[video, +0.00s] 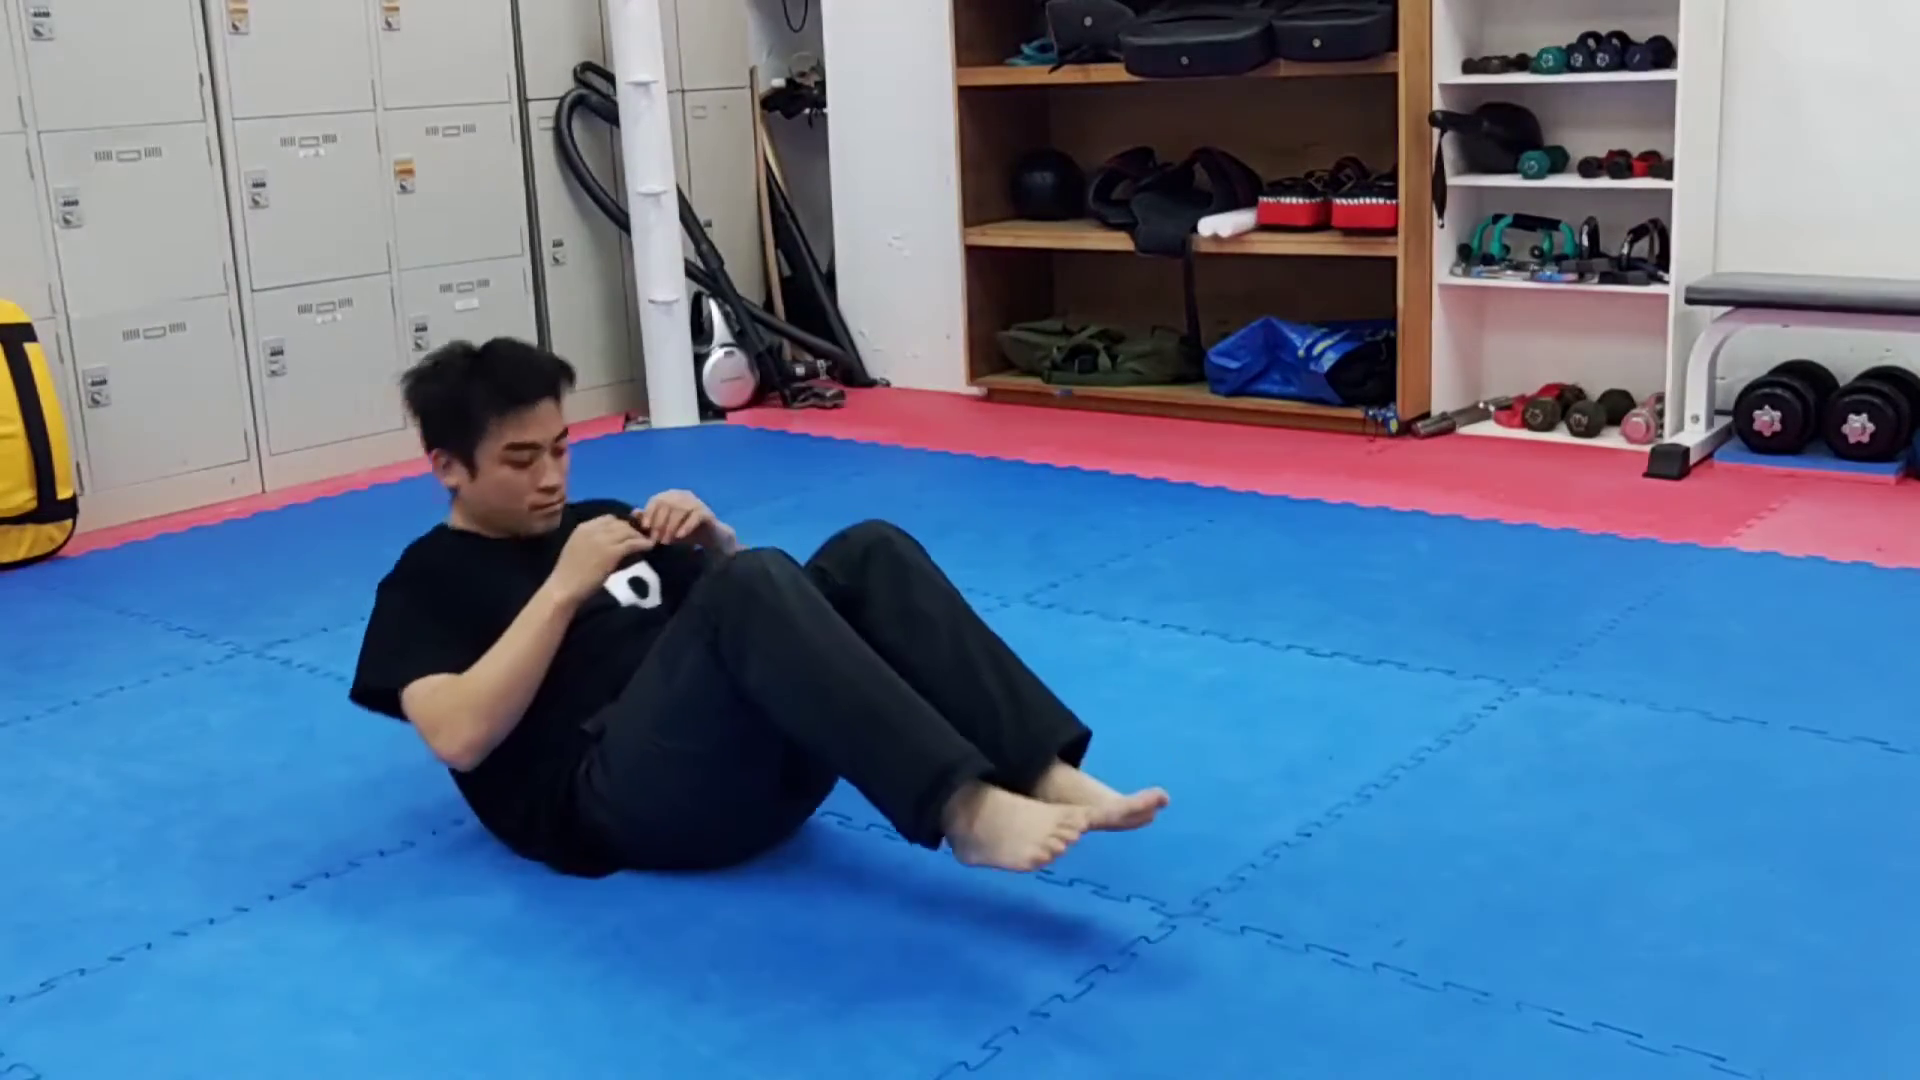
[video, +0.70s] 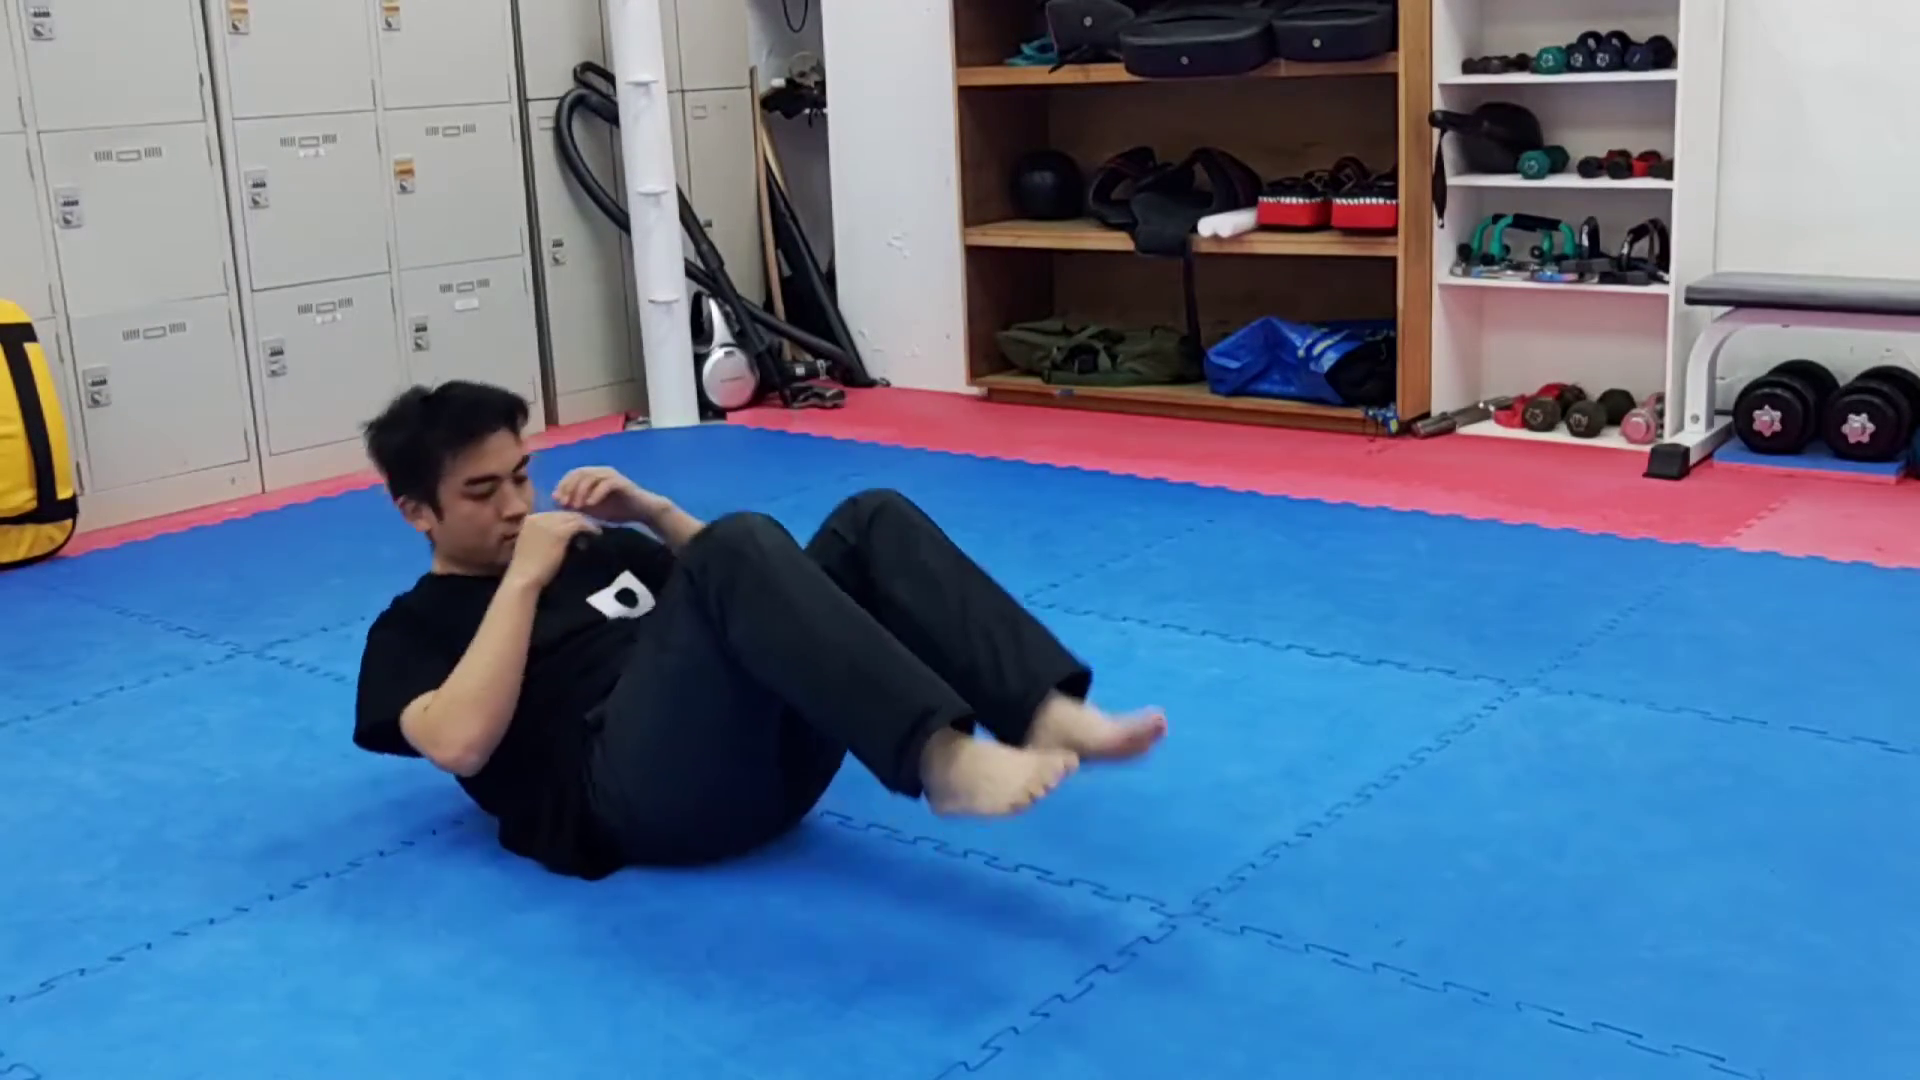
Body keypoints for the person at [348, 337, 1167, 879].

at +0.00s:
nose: (552, 476)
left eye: (557, 450)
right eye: (522, 459)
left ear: (566, 441)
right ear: (451, 470)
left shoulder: (608, 521)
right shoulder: (422, 587)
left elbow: (743, 605)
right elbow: (455, 733)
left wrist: (718, 548)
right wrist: (566, 584)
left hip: (760, 763)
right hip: (638, 807)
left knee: (868, 551)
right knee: (746, 578)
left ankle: (1041, 773)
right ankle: (960, 805)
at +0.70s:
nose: (514, 501)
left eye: (518, 476)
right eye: (482, 491)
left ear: (530, 466)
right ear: (420, 511)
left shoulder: (597, 544)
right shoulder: (414, 629)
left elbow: (738, 585)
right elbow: (454, 741)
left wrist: (649, 512)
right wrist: (521, 582)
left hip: (768, 759)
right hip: (647, 803)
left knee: (870, 522)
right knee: (733, 542)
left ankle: (1047, 712)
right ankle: (937, 758)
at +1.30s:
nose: (460, 552)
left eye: (465, 535)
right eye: (429, 540)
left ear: (489, 558)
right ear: (383, 590)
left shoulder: (537, 634)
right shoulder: (375, 677)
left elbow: (639, 637)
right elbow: (403, 699)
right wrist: (457, 581)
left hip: (739, 710)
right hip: (635, 768)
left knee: (723, 435)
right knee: (566, 476)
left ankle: (941, 521)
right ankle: (796, 613)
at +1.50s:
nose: (504, 501)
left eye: (513, 479)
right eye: (474, 491)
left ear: (531, 489)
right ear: (428, 522)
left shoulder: (590, 578)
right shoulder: (414, 632)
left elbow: (694, 580)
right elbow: (421, 733)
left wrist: (594, 533)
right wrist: (485, 580)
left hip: (766, 746)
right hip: (647, 783)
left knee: (847, 482)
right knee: (698, 487)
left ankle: (1011, 651)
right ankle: (875, 698)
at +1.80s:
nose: (491, 522)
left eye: (487, 491)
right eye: (457, 525)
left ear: (508, 471)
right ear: (429, 555)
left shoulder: (614, 507)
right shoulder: (459, 661)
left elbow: (722, 540)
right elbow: (482, 803)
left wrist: (560, 547)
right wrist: (468, 646)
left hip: (810, 721)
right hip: (695, 770)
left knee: (946, 523)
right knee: (787, 498)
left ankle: (1092, 670)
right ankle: (950, 723)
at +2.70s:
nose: (603, 452)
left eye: (599, 433)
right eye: (571, 441)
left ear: (601, 443)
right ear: (514, 482)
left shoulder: (649, 537)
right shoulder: (497, 584)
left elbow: (794, 579)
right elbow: (566, 638)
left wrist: (723, 509)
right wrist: (632, 513)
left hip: (844, 703)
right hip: (752, 743)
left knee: (935, 481)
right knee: (819, 487)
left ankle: (1115, 656)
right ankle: (999, 696)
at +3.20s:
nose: (531, 533)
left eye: (529, 510)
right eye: (499, 538)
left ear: (545, 512)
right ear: (470, 583)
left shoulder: (634, 559)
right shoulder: (504, 676)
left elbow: (745, 519)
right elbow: (546, 724)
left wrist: (603, 496)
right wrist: (533, 570)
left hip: (835, 662)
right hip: (750, 707)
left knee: (853, 418)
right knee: (787, 433)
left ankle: (1074, 470)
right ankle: (985, 595)